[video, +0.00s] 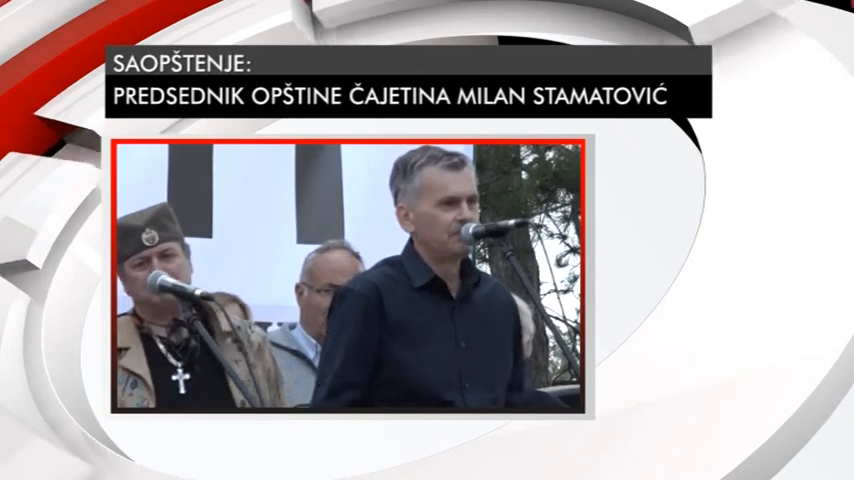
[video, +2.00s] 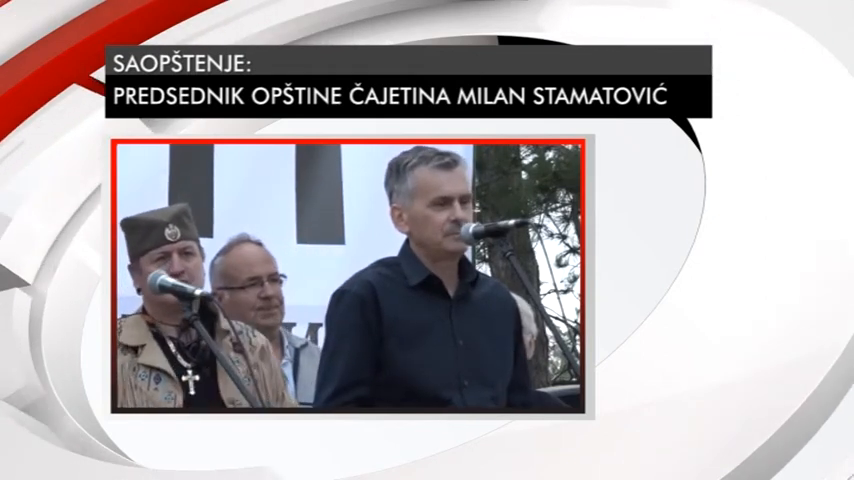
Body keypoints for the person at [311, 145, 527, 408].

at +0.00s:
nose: (466, 215)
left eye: (472, 202)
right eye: (449, 204)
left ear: (479, 206)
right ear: (406, 216)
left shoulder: (499, 301)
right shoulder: (367, 298)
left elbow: (513, 405)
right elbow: (330, 414)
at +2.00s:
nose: (458, 216)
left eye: (465, 202)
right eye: (441, 204)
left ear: (474, 207)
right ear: (400, 217)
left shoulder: (498, 301)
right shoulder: (361, 299)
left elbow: (521, 408)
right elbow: (335, 415)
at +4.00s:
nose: (461, 215)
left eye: (467, 202)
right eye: (443, 204)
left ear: (475, 207)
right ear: (402, 217)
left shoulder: (500, 300)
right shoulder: (361, 296)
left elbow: (521, 405)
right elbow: (332, 413)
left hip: (495, 462)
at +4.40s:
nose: (461, 216)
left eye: (467, 202)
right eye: (443, 204)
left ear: (475, 206)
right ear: (402, 216)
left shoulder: (498, 300)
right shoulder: (360, 296)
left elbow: (519, 405)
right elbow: (328, 410)